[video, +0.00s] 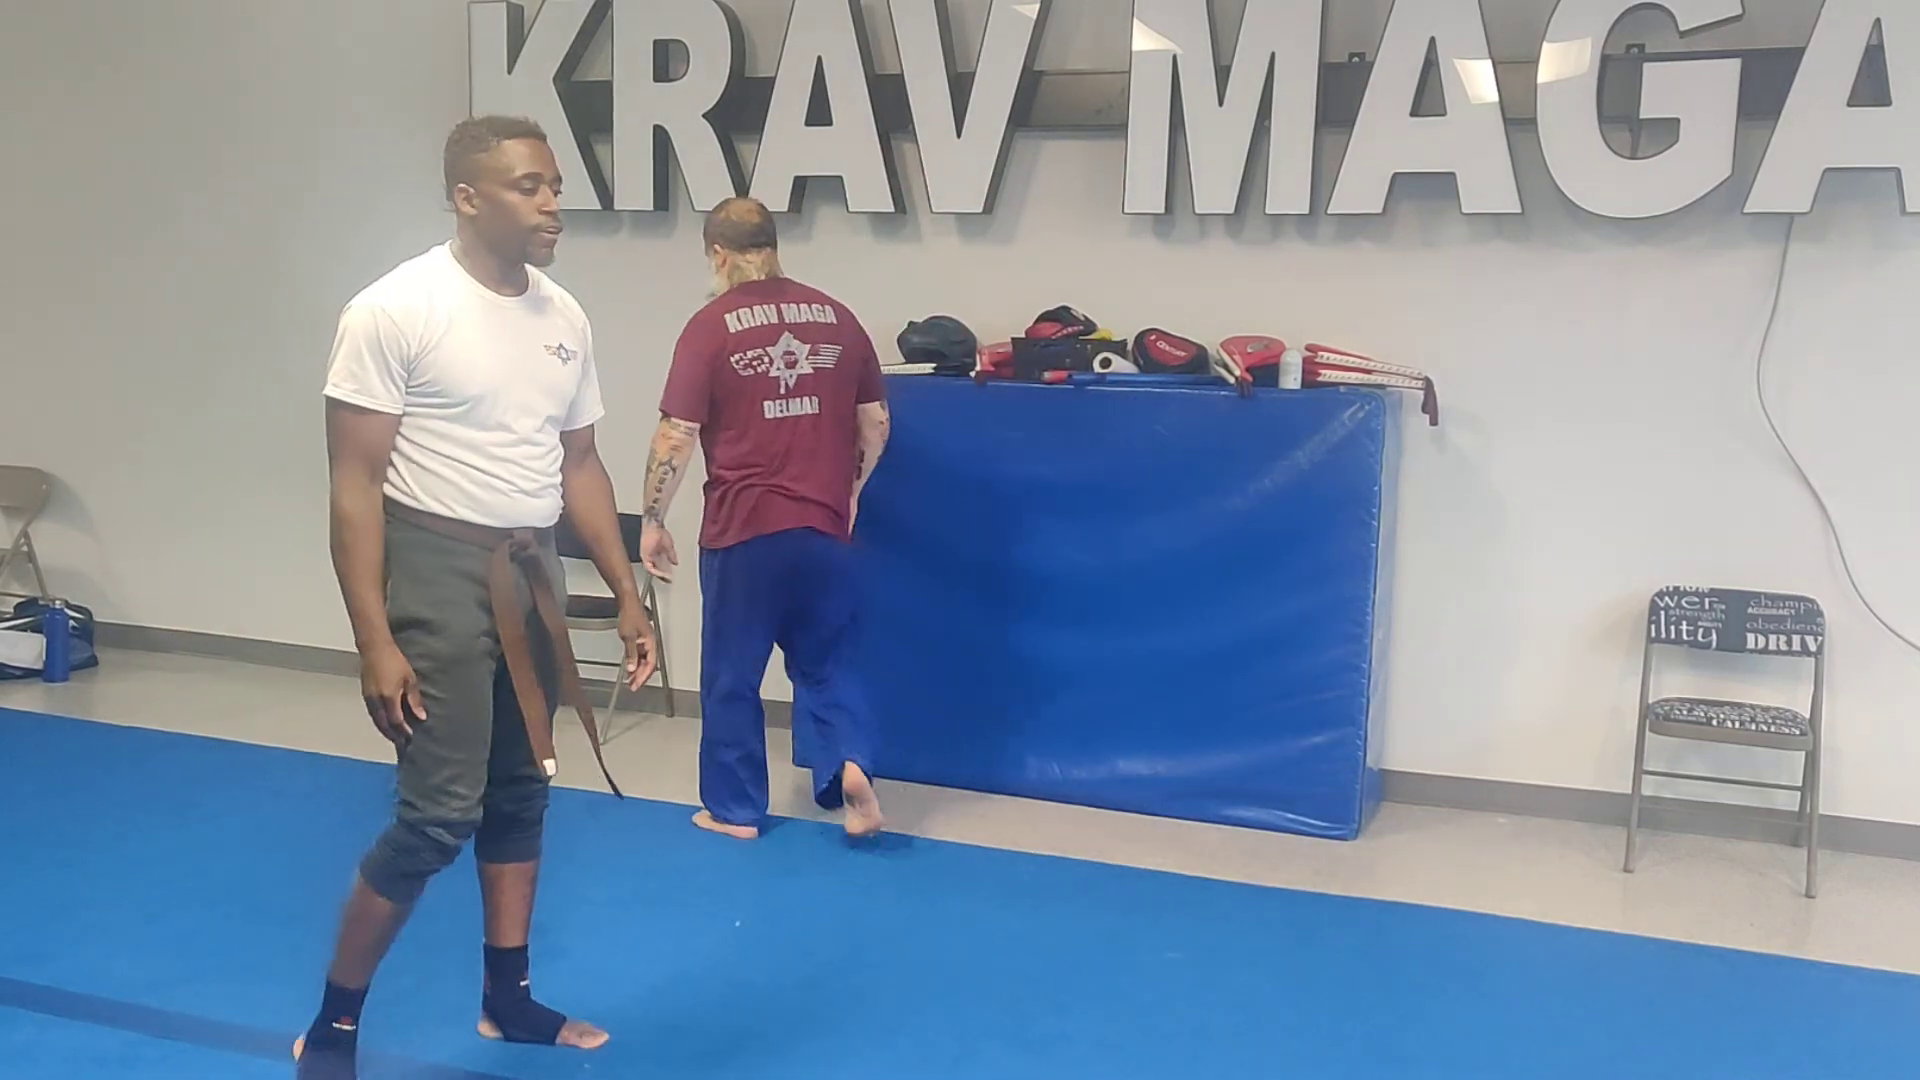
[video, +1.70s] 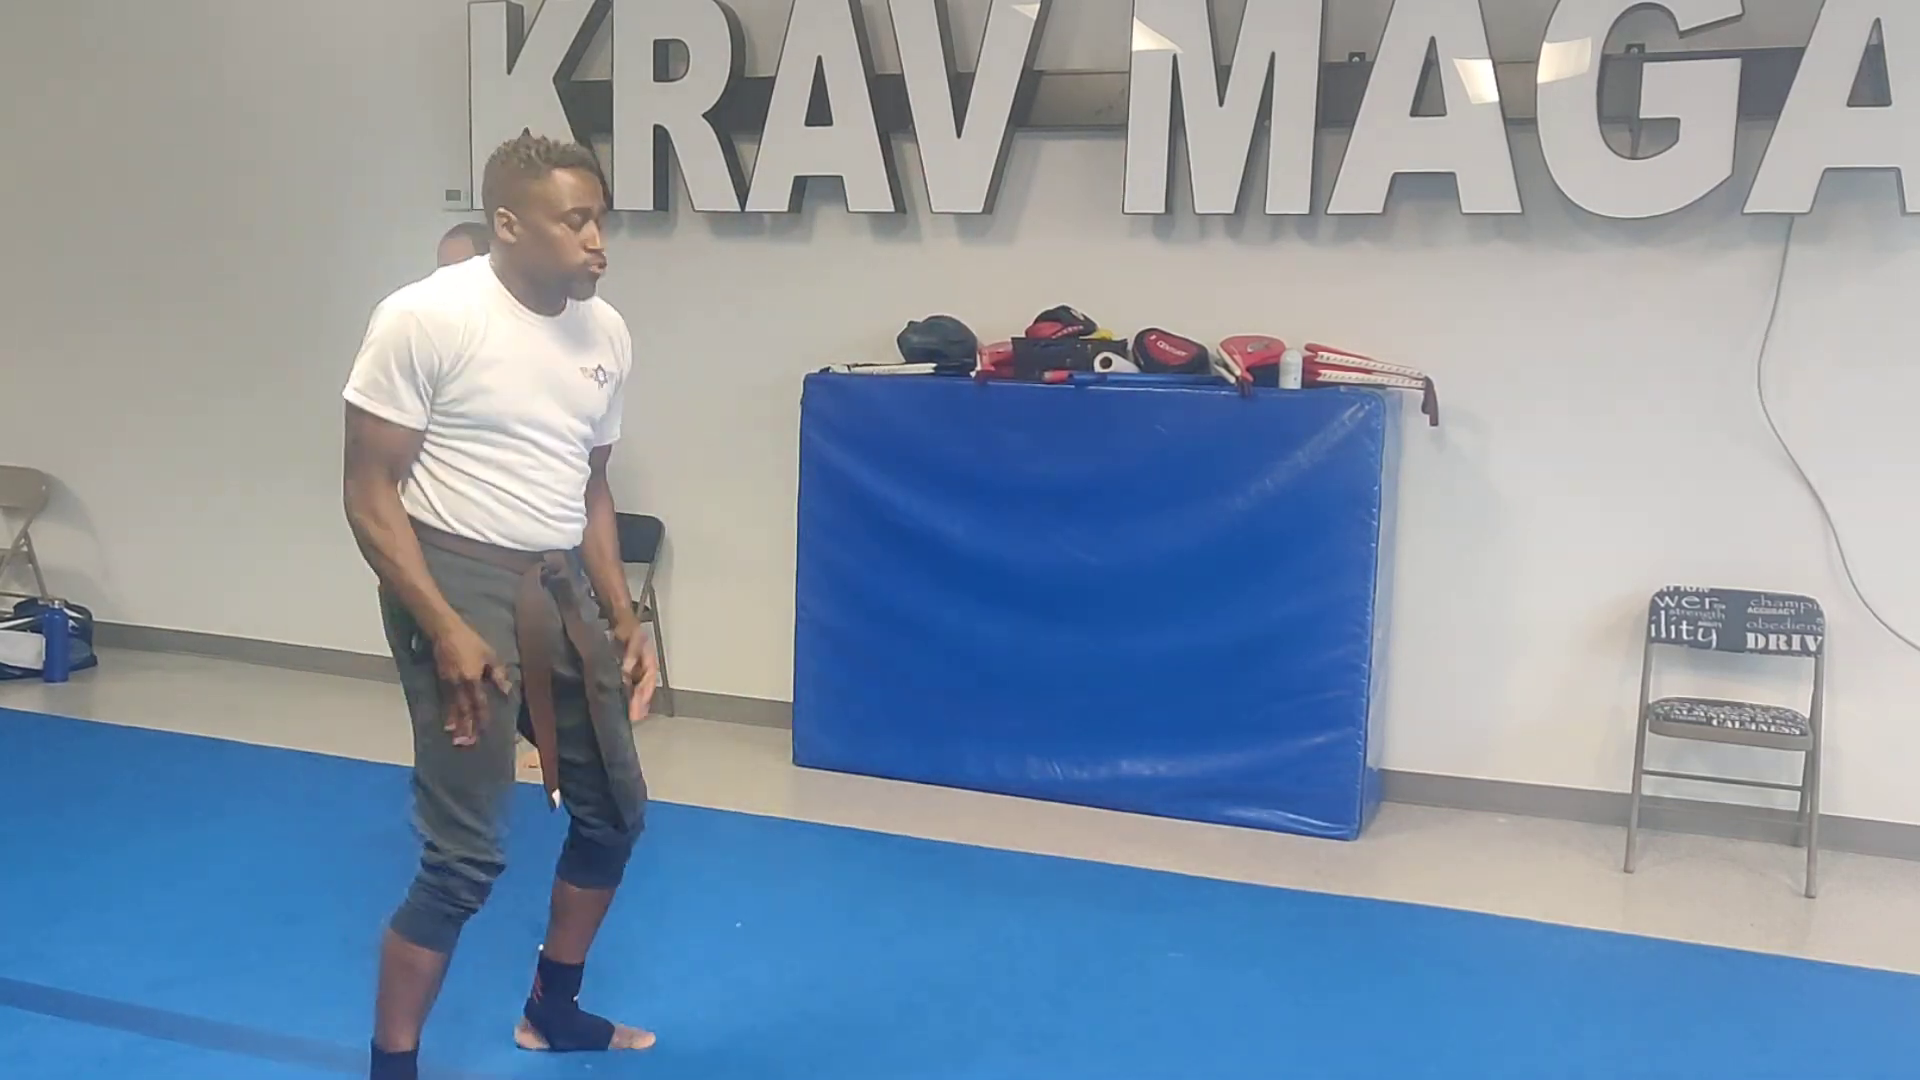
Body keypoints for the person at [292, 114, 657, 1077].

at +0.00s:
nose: (553, 201)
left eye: (555, 184)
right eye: (529, 185)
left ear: (555, 194)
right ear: (467, 200)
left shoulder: (563, 319)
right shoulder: (392, 313)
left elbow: (581, 463)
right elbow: (355, 483)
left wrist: (626, 590)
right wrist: (373, 639)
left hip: (526, 571)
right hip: (429, 564)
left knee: (518, 785)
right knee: (440, 807)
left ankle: (509, 996)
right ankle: (334, 1029)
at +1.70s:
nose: (597, 242)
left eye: (601, 221)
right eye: (576, 222)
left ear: (602, 224)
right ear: (507, 227)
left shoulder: (604, 333)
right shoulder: (423, 318)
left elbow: (593, 491)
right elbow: (367, 490)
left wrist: (627, 622)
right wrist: (443, 628)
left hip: (563, 588)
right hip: (455, 580)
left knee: (612, 807)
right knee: (462, 859)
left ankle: (554, 1005)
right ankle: (391, 1067)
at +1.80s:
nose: (618, 273)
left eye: (619, 249)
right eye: (600, 253)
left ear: (563, 256)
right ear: (531, 255)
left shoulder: (575, 340)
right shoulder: (445, 350)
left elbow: (563, 484)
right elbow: (385, 504)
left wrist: (644, 506)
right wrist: (533, 543)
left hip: (549, 606)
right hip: (468, 610)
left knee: (618, 810)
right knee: (513, 874)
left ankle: (554, 1007)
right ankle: (386, 1063)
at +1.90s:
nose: (615, 284)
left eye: (615, 266)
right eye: (605, 268)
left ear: (513, 265)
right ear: (542, 270)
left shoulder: (427, 328)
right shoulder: (531, 334)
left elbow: (509, 466)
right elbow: (571, 483)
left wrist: (612, 389)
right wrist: (669, 385)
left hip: (443, 603)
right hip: (512, 616)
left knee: (616, 790)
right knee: (517, 881)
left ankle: (557, 1005)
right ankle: (359, 1066)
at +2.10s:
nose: (610, 324)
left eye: (611, 305)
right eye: (597, 303)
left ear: (519, 297)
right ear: (529, 293)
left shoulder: (427, 355)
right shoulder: (540, 353)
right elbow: (700, 394)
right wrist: (824, 294)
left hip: (418, 636)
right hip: (497, 645)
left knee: (616, 796)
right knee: (500, 920)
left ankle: (556, 1006)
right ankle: (364, 1074)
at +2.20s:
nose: (625, 302)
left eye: (629, 284)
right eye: (610, 282)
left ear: (553, 281)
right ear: (539, 275)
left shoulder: (550, 354)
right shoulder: (485, 339)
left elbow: (586, 484)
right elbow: (587, 479)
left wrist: (638, 417)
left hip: (518, 629)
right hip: (446, 626)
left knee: (622, 812)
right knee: (486, 892)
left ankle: (556, 1012)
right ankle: (340, 1072)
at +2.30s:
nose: (604, 307)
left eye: (613, 285)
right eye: (589, 282)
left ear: (615, 280)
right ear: (521, 268)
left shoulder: (589, 359)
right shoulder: (431, 344)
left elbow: (631, 500)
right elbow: (479, 510)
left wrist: (668, 419)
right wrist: (621, 420)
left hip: (549, 618)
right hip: (437, 620)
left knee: (665, 818)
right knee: (442, 892)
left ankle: (579, 968)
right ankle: (311, 1063)